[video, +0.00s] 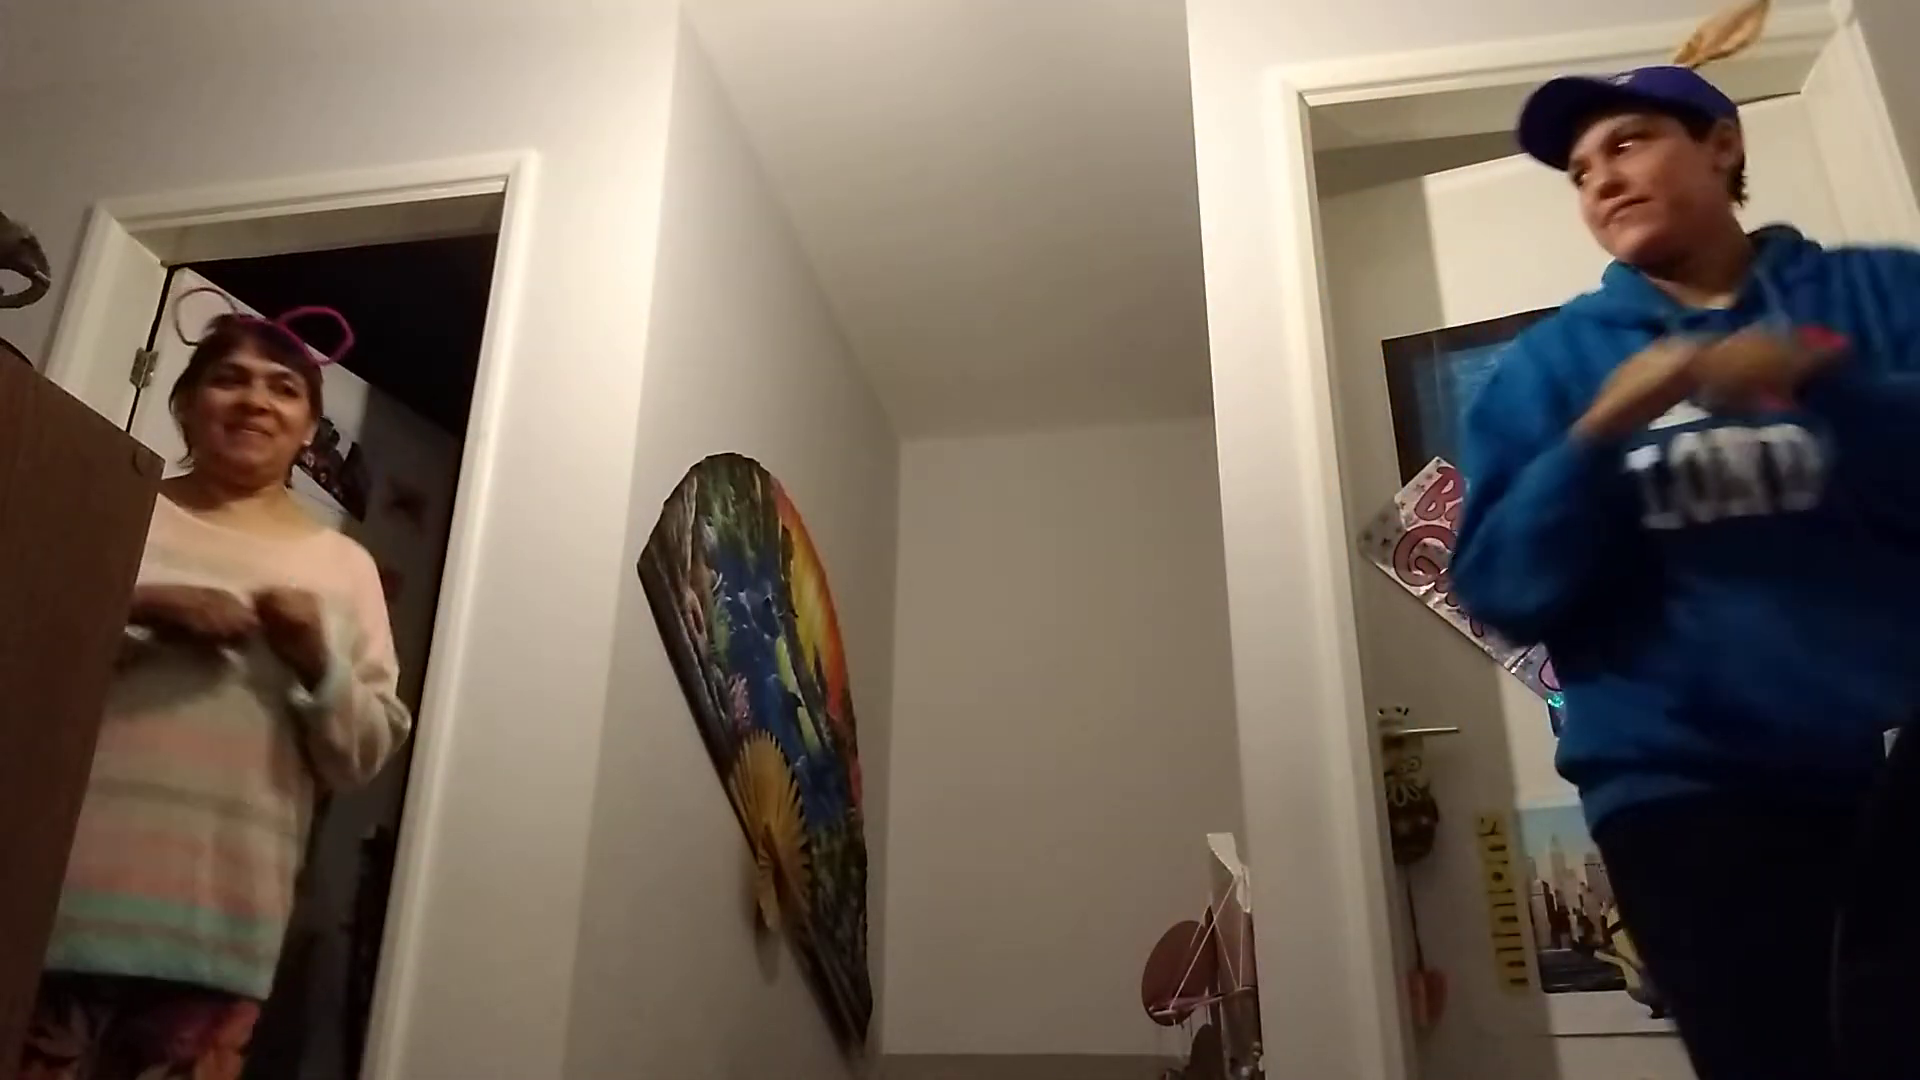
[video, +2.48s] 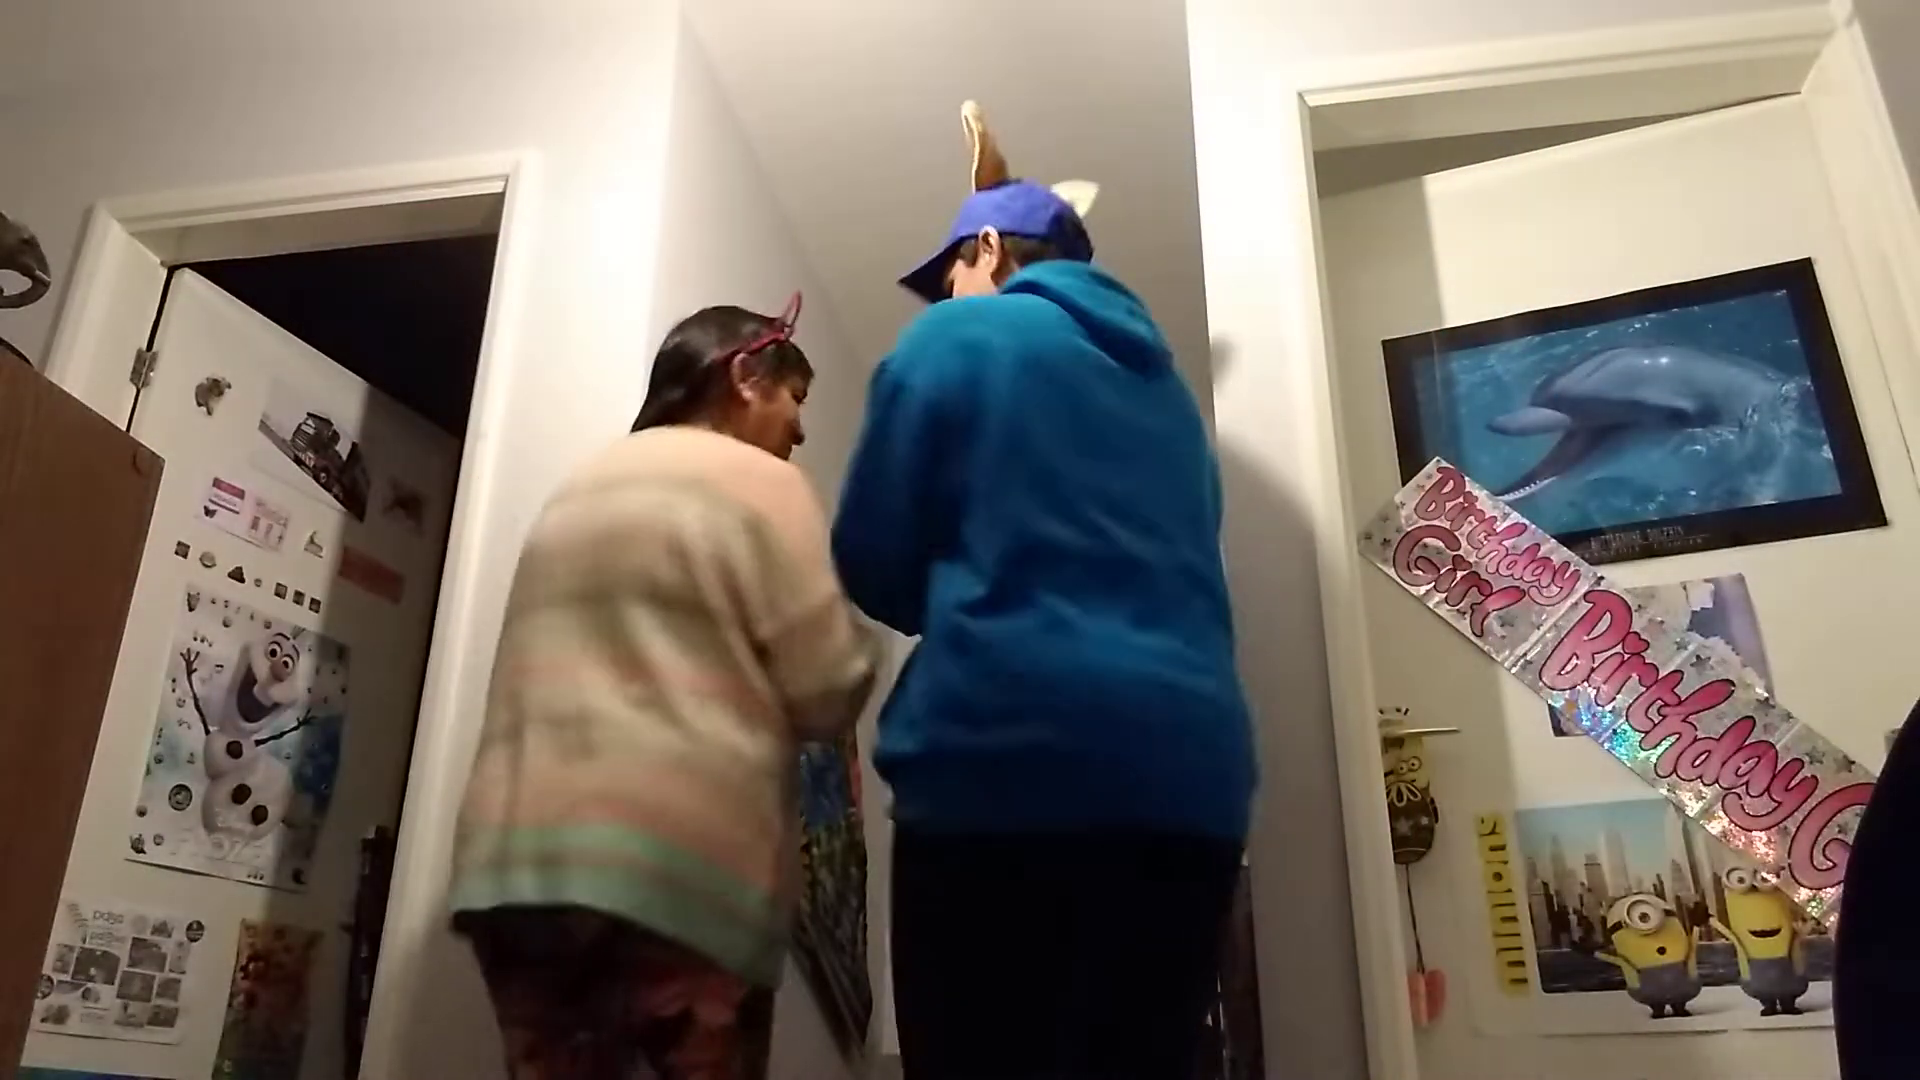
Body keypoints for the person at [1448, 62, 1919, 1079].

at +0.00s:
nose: (1601, 175)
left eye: (1629, 142)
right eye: (1582, 169)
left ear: (1721, 148)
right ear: (1580, 209)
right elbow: (1499, 589)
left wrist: (1819, 379)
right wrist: (1598, 429)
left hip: (1887, 761)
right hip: (1682, 793)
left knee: (1890, 1043)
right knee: (1768, 1055)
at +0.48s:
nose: (1569, 219)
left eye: (1584, 181)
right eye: (1554, 204)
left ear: (1672, 148)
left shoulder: (1754, 241)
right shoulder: (1641, 331)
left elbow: (1662, 468)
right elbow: (1574, 610)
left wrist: (1505, 430)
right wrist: (1516, 486)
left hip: (1833, 773)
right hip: (1716, 790)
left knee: (1851, 1052)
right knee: (1778, 1054)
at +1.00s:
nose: (1435, 290)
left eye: (1454, 256)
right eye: (1432, 267)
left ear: (1537, 240)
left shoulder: (1600, 312)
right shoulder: (1532, 402)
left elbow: (1547, 533)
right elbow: (1554, 692)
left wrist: (1403, 477)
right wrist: (1432, 558)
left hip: (1799, 784)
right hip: (1719, 812)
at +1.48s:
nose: (1219, 261)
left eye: (1235, 225)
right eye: (1215, 239)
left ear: (1317, 209)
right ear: (1309, 219)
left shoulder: (1390, 296)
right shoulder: (1313, 378)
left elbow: (1296, 501)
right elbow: (1242, 645)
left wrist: (1203, 418)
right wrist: (1206, 476)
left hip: (1473, 792)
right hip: (1393, 805)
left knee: (1444, 1056)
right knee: (1402, 1052)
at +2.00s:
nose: (1030, 256)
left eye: (1039, 227)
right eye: (1025, 239)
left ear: (1102, 196)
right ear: (1105, 205)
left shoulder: (1155, 257)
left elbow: (1019, 427)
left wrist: (983, 369)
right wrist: (1007, 368)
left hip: (1142, 705)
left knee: (1082, 1025)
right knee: (1117, 1024)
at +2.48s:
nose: (944, 293)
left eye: (949, 274)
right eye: (945, 278)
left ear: (989, 258)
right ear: (1080, 264)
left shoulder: (953, 338)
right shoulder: (1172, 392)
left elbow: (872, 561)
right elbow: (1177, 556)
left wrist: (977, 608)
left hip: (997, 761)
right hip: (1187, 773)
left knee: (973, 1051)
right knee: (1150, 1054)